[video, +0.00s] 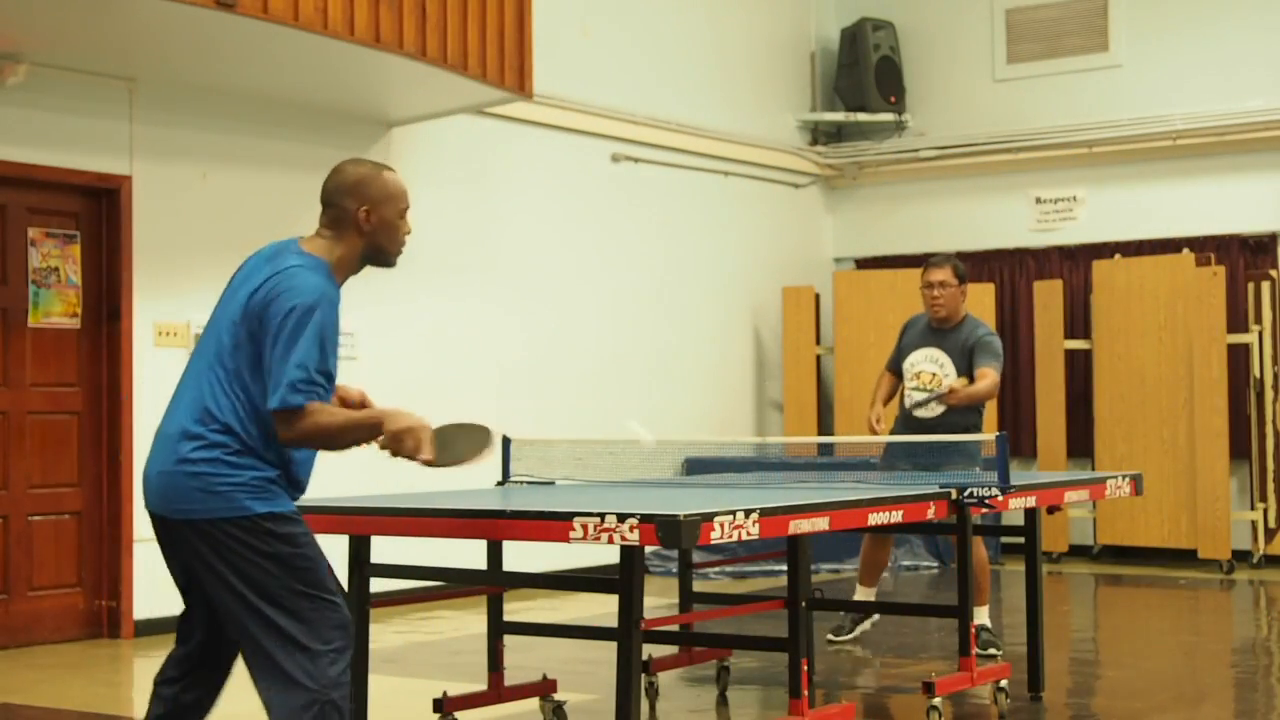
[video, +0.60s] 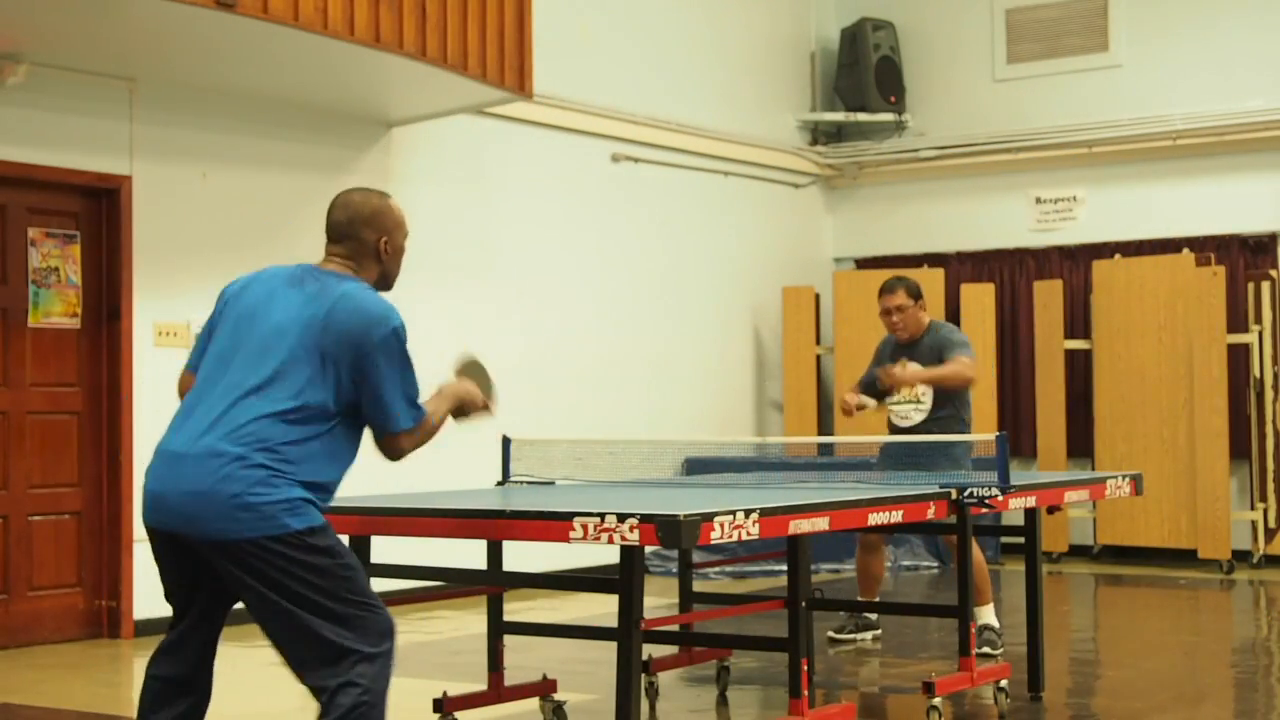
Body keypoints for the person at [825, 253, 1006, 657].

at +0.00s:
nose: (934, 294)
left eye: (943, 287)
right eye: (928, 287)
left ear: (963, 291)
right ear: (922, 292)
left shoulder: (981, 336)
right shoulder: (914, 328)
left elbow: (989, 384)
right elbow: (893, 372)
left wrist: (961, 395)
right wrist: (877, 404)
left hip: (956, 452)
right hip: (904, 448)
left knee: (967, 533)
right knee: (879, 524)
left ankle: (981, 622)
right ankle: (861, 606)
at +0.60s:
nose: (892, 319)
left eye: (899, 310)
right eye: (886, 313)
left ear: (921, 307)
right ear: (882, 314)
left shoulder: (947, 337)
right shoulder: (889, 346)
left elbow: (965, 372)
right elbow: (869, 390)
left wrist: (914, 374)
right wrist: (852, 399)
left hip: (945, 454)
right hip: (898, 455)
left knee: (956, 535)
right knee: (870, 533)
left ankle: (988, 624)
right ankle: (866, 617)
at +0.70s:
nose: (895, 307)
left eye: (902, 299)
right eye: (889, 302)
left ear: (923, 299)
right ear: (884, 306)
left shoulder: (947, 331)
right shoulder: (890, 341)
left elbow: (950, 359)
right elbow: (876, 381)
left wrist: (912, 345)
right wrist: (858, 390)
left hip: (946, 453)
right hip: (900, 453)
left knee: (957, 535)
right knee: (878, 531)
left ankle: (987, 623)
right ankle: (867, 616)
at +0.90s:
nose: (892, 303)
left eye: (900, 294)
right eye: (886, 297)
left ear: (920, 297)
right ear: (880, 303)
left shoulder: (944, 334)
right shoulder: (889, 343)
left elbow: (956, 377)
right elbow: (876, 391)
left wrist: (927, 382)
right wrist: (861, 407)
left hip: (942, 454)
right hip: (896, 454)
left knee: (954, 535)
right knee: (872, 530)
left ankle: (987, 624)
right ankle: (862, 612)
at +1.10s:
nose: (885, 296)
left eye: (893, 288)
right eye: (878, 290)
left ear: (912, 292)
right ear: (872, 296)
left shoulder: (936, 332)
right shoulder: (866, 340)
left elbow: (961, 381)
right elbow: (850, 387)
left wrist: (932, 394)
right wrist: (849, 415)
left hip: (936, 450)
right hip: (884, 451)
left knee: (961, 528)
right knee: (866, 530)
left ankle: (992, 618)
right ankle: (861, 614)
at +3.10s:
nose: (912, 306)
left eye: (920, 298)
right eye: (905, 300)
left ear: (937, 299)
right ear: (898, 304)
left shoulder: (964, 339)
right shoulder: (894, 347)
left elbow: (991, 385)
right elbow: (874, 394)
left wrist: (950, 407)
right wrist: (874, 407)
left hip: (961, 455)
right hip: (908, 456)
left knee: (987, 529)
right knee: (886, 528)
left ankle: (1017, 614)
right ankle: (884, 611)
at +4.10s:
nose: (941, 309)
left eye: (948, 301)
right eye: (935, 303)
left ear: (969, 300)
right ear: (930, 305)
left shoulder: (995, 338)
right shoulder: (928, 344)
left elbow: (1020, 385)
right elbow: (906, 387)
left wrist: (970, 405)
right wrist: (899, 398)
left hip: (981, 454)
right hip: (931, 455)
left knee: (994, 530)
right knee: (910, 526)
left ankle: (1016, 615)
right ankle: (903, 611)